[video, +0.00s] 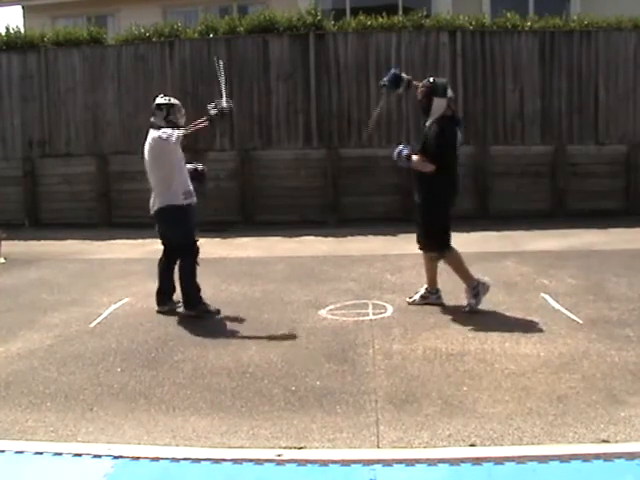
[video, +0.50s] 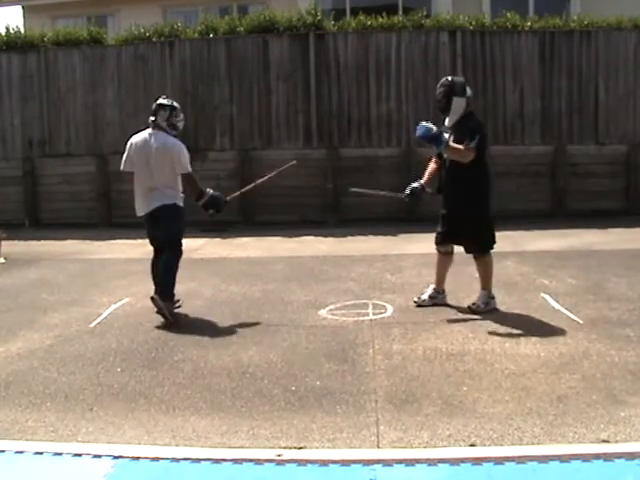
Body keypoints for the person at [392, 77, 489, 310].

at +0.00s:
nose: (419, 100)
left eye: (423, 96)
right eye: (420, 96)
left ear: (433, 100)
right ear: (440, 100)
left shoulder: (439, 127)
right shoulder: (443, 120)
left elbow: (430, 164)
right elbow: (429, 93)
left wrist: (407, 158)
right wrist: (407, 82)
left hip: (436, 194)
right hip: (431, 192)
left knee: (439, 243)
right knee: (428, 241)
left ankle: (474, 285)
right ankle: (431, 289)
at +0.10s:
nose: (422, 103)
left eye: (426, 99)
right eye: (423, 99)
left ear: (438, 102)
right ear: (438, 100)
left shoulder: (450, 126)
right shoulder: (433, 120)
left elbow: (448, 165)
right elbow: (408, 107)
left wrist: (419, 164)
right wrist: (392, 91)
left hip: (445, 196)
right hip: (434, 194)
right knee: (433, 242)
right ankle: (431, 290)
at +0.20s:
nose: (427, 101)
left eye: (431, 96)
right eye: (427, 96)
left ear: (443, 100)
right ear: (441, 100)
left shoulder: (455, 125)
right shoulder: (437, 123)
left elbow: (454, 164)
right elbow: (411, 122)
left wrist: (424, 159)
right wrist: (388, 110)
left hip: (451, 198)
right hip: (438, 196)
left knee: (459, 247)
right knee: (432, 243)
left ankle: (483, 293)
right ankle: (431, 290)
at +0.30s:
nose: (433, 103)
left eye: (438, 98)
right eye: (433, 98)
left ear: (451, 100)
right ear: (444, 100)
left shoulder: (465, 125)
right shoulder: (442, 125)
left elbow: (459, 160)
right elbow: (419, 148)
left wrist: (432, 148)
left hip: (465, 199)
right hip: (447, 198)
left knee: (474, 247)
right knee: (439, 243)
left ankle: (486, 295)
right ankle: (433, 290)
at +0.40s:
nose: (437, 101)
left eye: (441, 97)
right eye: (436, 96)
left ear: (456, 99)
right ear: (440, 100)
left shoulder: (469, 125)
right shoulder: (446, 124)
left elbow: (461, 156)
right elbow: (431, 151)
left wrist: (435, 140)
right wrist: (411, 167)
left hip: (473, 198)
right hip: (452, 197)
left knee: (479, 246)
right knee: (442, 241)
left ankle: (486, 295)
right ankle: (435, 289)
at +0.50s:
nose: (438, 101)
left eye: (443, 96)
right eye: (438, 96)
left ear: (456, 99)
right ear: (448, 100)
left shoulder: (472, 125)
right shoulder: (448, 126)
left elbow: (467, 155)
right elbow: (437, 159)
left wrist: (440, 143)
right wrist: (422, 183)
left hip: (474, 198)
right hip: (453, 197)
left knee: (479, 247)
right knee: (444, 242)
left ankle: (486, 295)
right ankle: (438, 290)